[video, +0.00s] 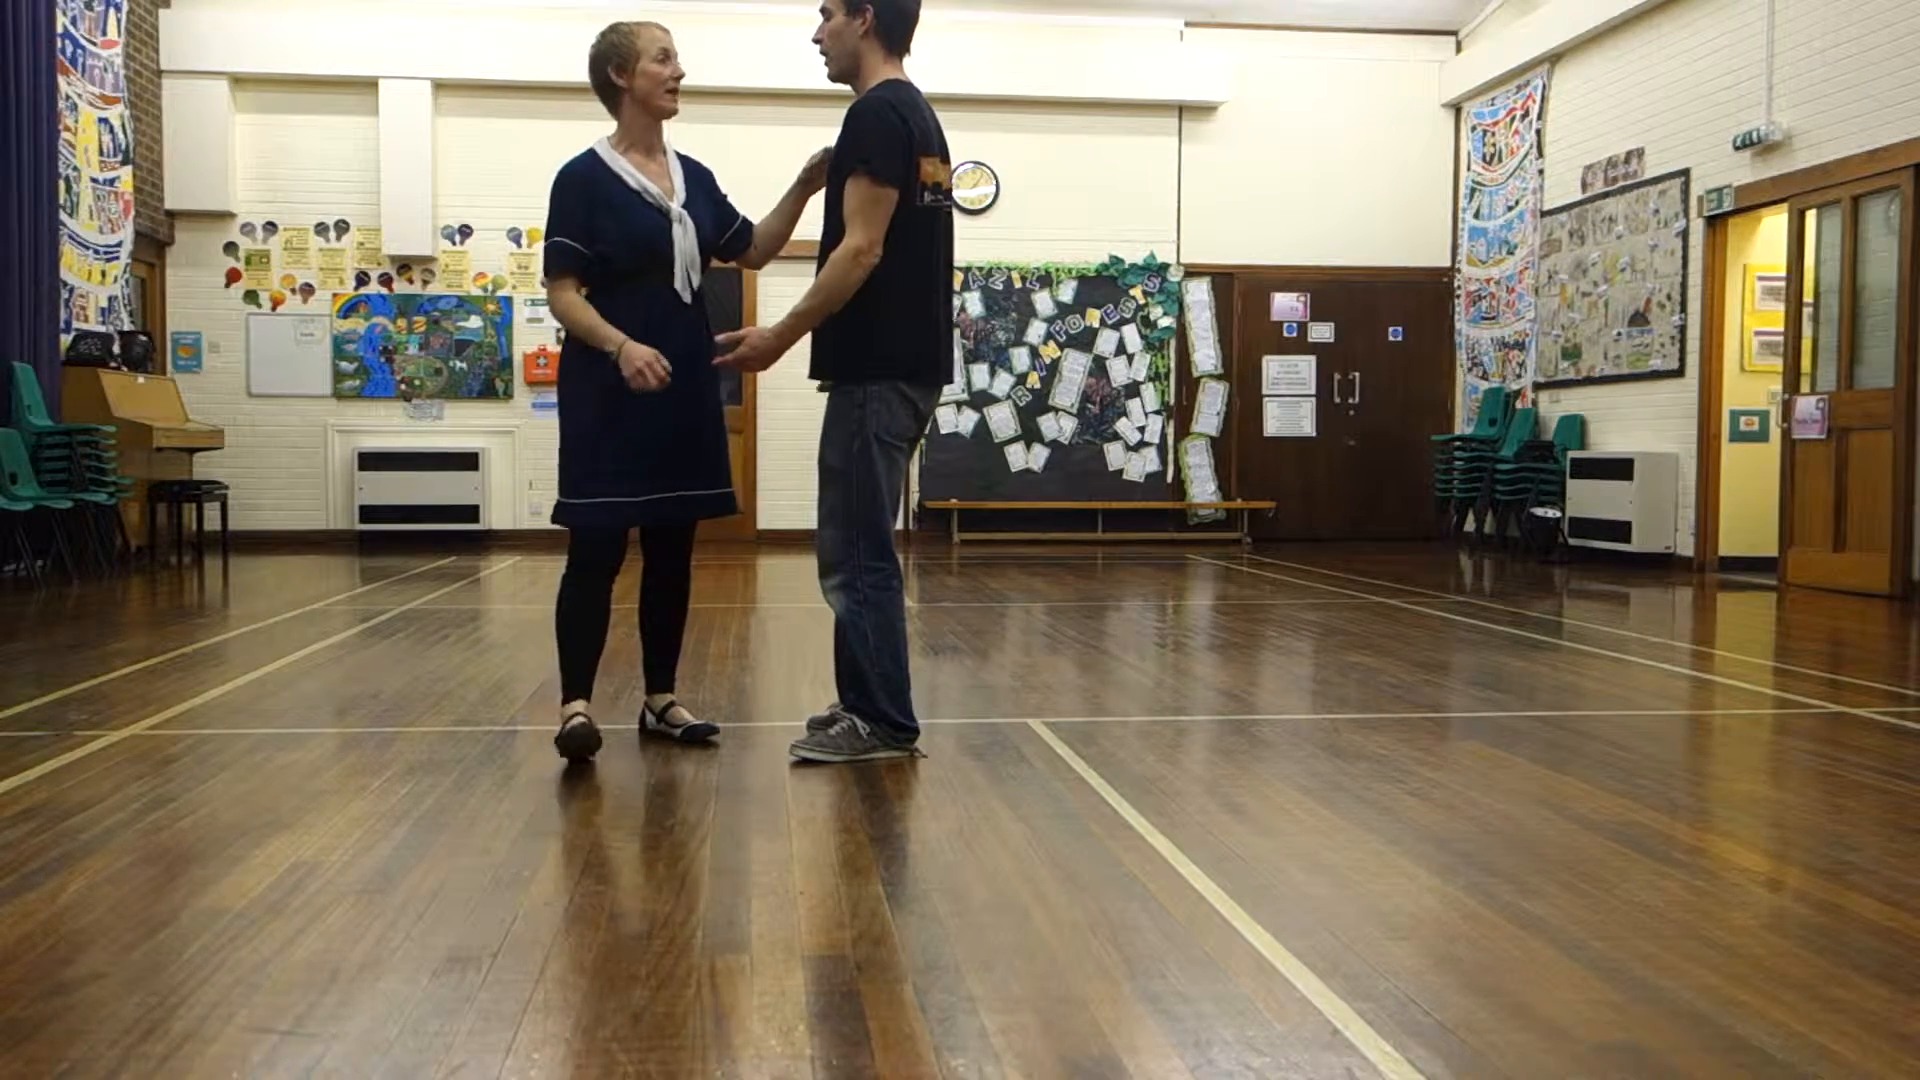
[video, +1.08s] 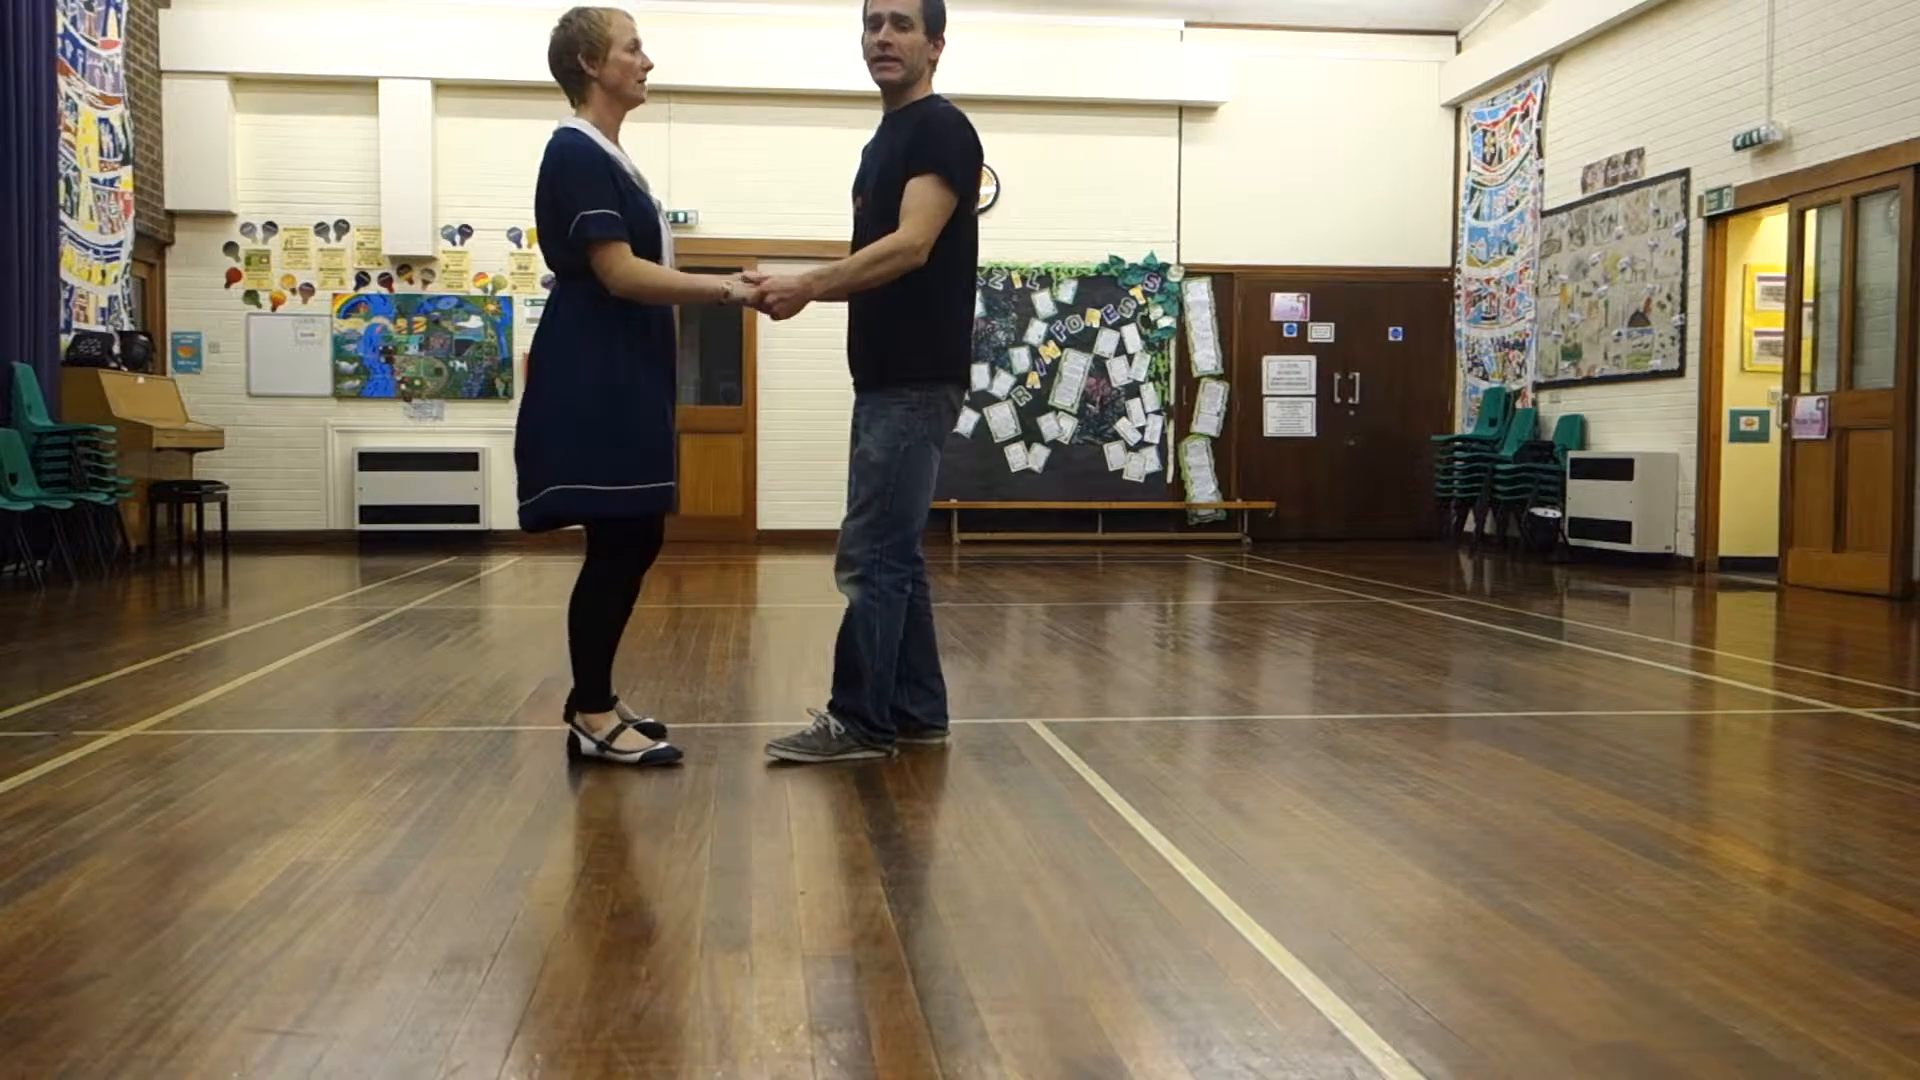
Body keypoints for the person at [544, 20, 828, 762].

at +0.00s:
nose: (679, 71)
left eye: (677, 59)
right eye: (662, 59)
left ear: (659, 77)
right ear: (618, 77)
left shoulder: (691, 175)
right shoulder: (583, 177)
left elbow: (753, 250)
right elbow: (562, 293)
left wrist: (803, 186)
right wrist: (619, 344)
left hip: (685, 397)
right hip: (606, 396)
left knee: (670, 546)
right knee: (596, 551)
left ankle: (661, 702)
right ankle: (577, 707)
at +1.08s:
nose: (647, 62)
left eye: (642, 49)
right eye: (631, 50)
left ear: (607, 67)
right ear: (590, 66)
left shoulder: (609, 155)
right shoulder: (578, 151)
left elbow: (639, 270)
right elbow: (620, 274)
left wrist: (730, 278)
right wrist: (727, 286)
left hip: (627, 384)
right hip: (600, 385)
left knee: (634, 537)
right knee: (622, 538)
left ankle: (595, 702)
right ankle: (591, 714)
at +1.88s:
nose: (630, 84)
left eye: (630, 72)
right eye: (614, 73)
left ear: (599, 90)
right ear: (573, 89)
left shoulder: (610, 171)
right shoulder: (574, 165)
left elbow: (639, 282)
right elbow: (611, 276)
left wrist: (717, 299)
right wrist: (710, 301)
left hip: (618, 383)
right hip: (595, 384)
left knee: (614, 540)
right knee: (627, 539)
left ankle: (590, 701)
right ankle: (598, 708)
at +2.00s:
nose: (633, 84)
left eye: (633, 72)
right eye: (618, 73)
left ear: (601, 89)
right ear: (577, 89)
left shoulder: (611, 170)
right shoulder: (578, 164)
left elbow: (638, 284)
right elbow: (612, 271)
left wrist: (716, 297)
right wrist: (708, 290)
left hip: (618, 385)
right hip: (599, 387)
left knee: (612, 542)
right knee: (629, 540)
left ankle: (591, 704)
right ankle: (596, 711)